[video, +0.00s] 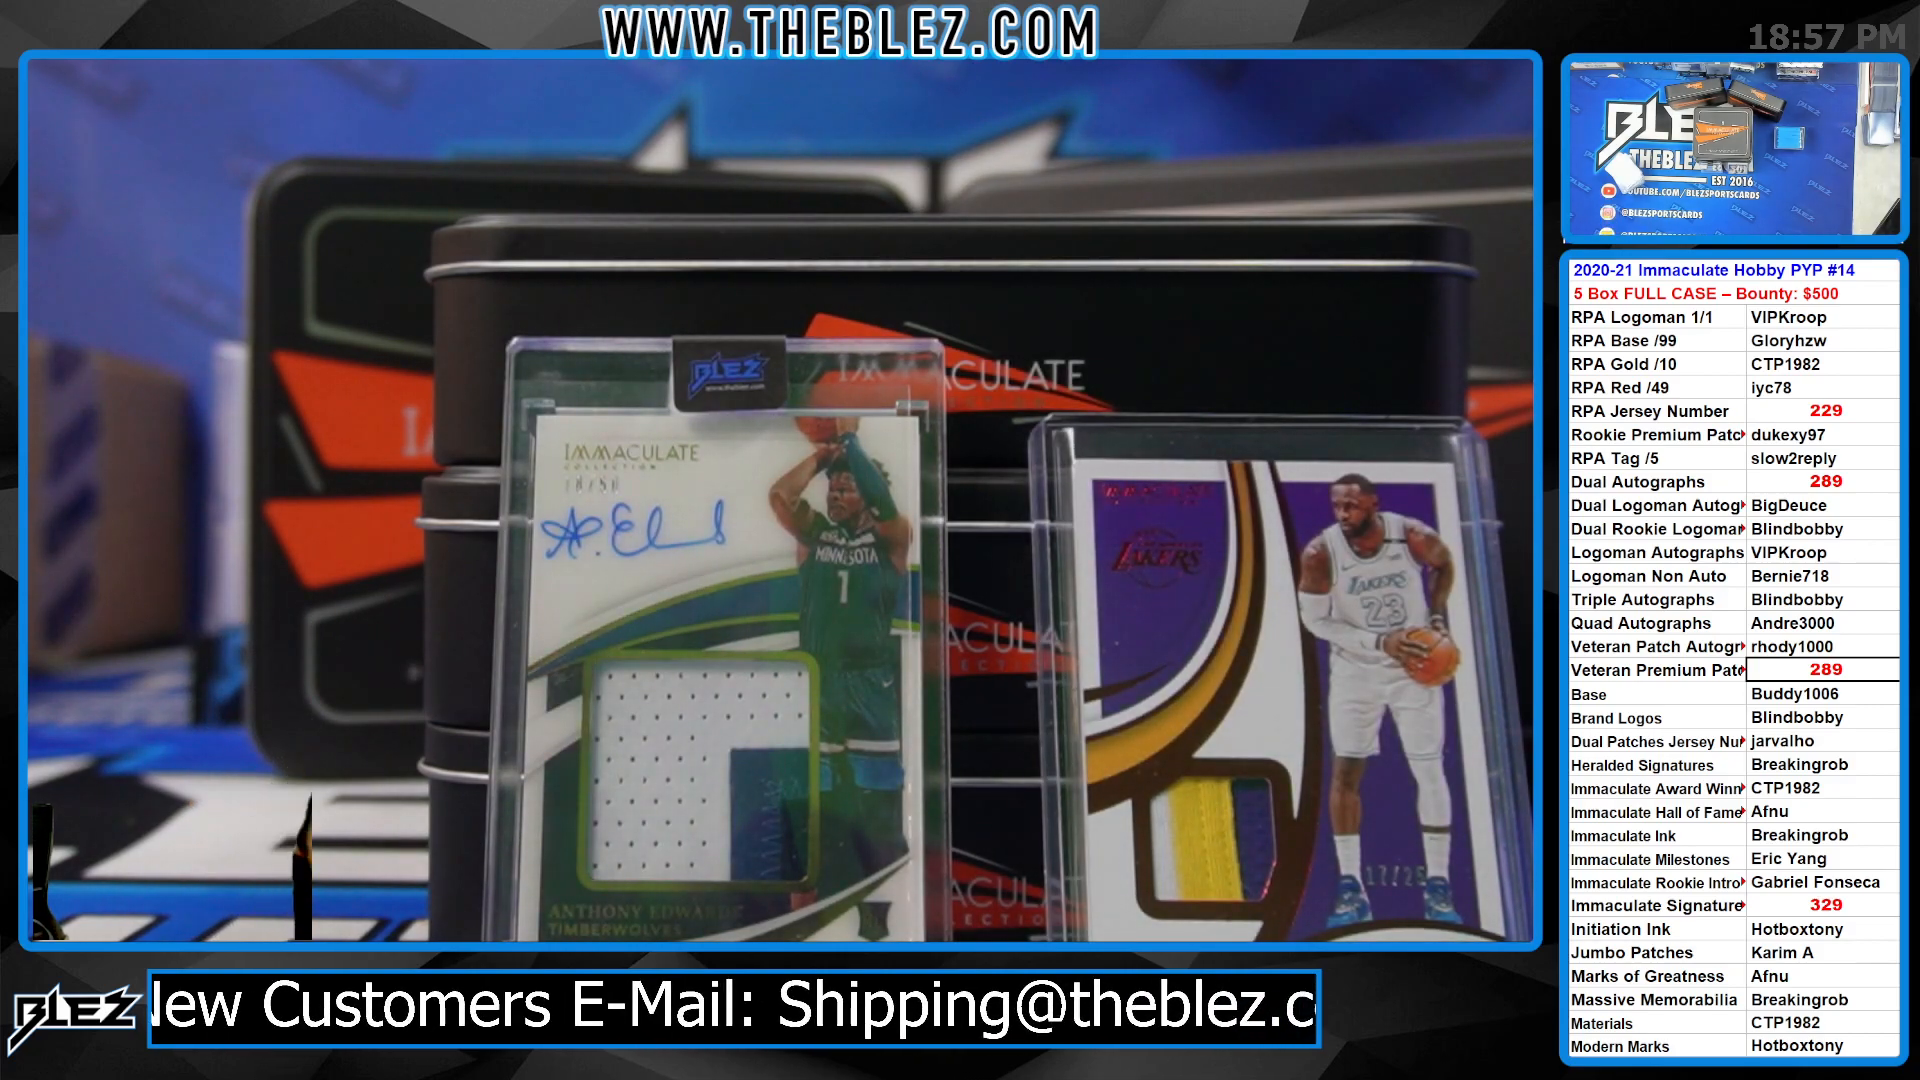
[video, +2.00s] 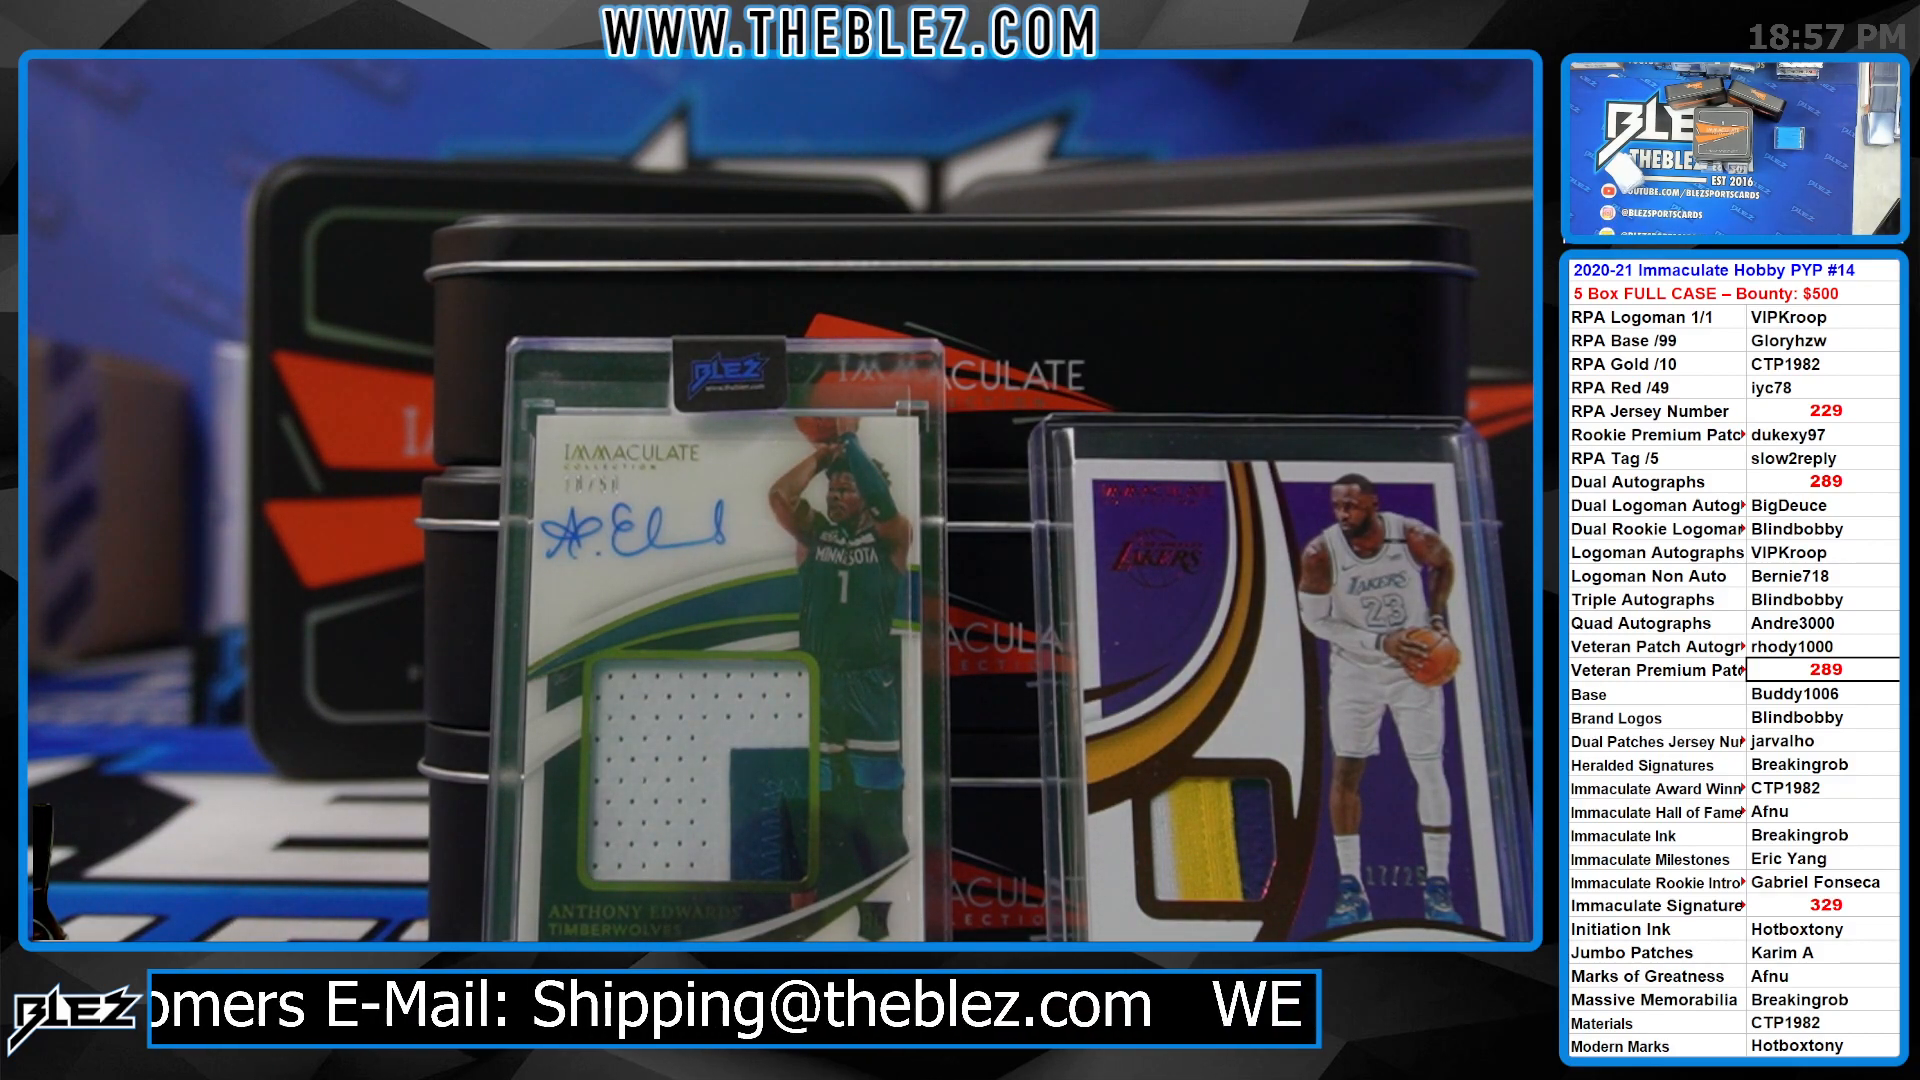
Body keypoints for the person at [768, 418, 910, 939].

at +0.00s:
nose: (841, 493)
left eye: (850, 486)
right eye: (835, 485)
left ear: (869, 494)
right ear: (827, 493)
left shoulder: (891, 540)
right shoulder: (815, 534)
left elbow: (882, 500)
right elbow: (780, 496)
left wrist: (851, 446)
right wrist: (818, 459)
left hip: (873, 681)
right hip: (817, 679)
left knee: (878, 801)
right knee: (823, 798)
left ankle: (878, 906)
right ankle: (820, 901)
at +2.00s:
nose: (840, 494)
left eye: (849, 487)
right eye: (834, 486)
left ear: (868, 494)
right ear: (827, 494)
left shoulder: (890, 540)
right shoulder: (815, 533)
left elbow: (880, 496)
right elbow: (781, 495)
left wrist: (850, 443)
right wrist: (819, 458)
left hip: (871, 682)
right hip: (818, 681)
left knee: (878, 804)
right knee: (830, 802)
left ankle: (877, 910)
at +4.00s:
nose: (836, 495)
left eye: (846, 489)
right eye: (831, 488)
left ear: (863, 494)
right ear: (823, 493)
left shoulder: (884, 539)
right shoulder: (810, 532)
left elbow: (877, 500)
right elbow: (777, 496)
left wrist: (845, 448)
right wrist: (815, 460)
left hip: (868, 673)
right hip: (816, 673)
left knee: (875, 786)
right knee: (824, 787)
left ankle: (879, 883)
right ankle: (819, 881)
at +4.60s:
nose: (835, 495)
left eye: (844, 488)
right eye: (829, 488)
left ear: (862, 494)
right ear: (821, 494)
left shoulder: (884, 539)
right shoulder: (808, 532)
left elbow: (875, 497)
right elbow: (776, 496)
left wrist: (844, 445)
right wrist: (814, 459)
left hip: (866, 678)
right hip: (813, 677)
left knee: (873, 795)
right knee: (818, 793)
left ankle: (872, 895)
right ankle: (816, 887)